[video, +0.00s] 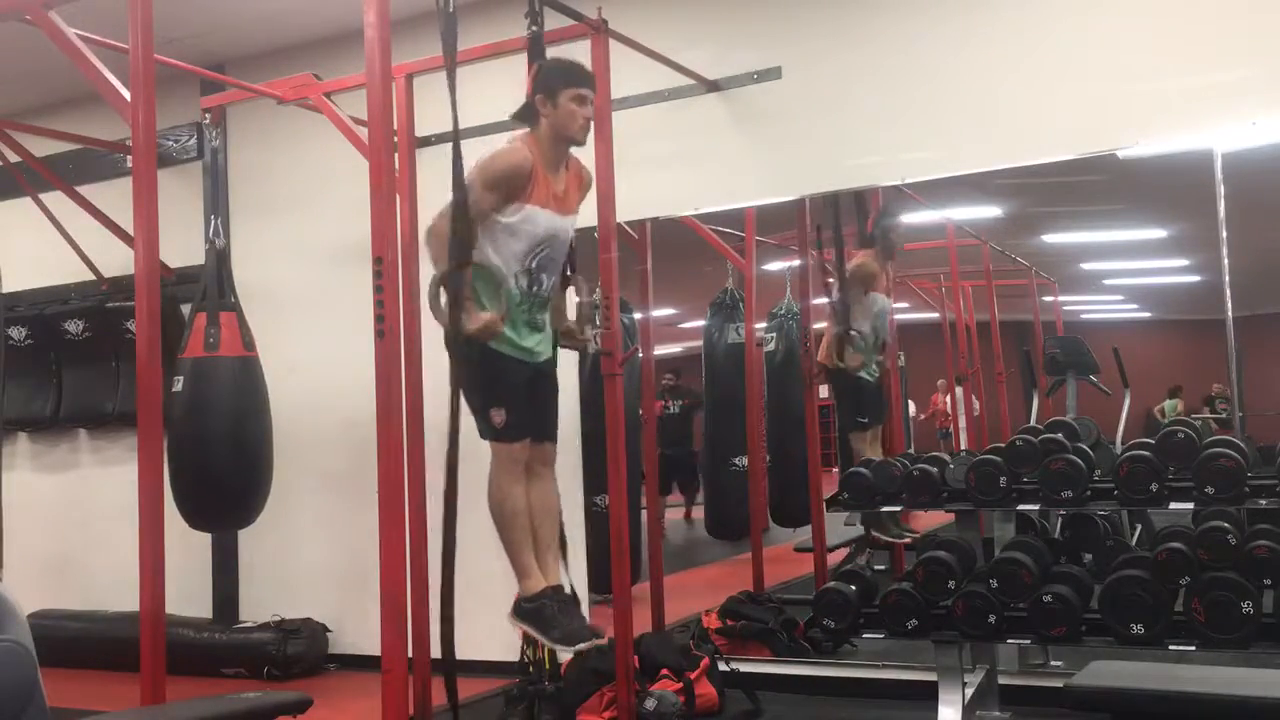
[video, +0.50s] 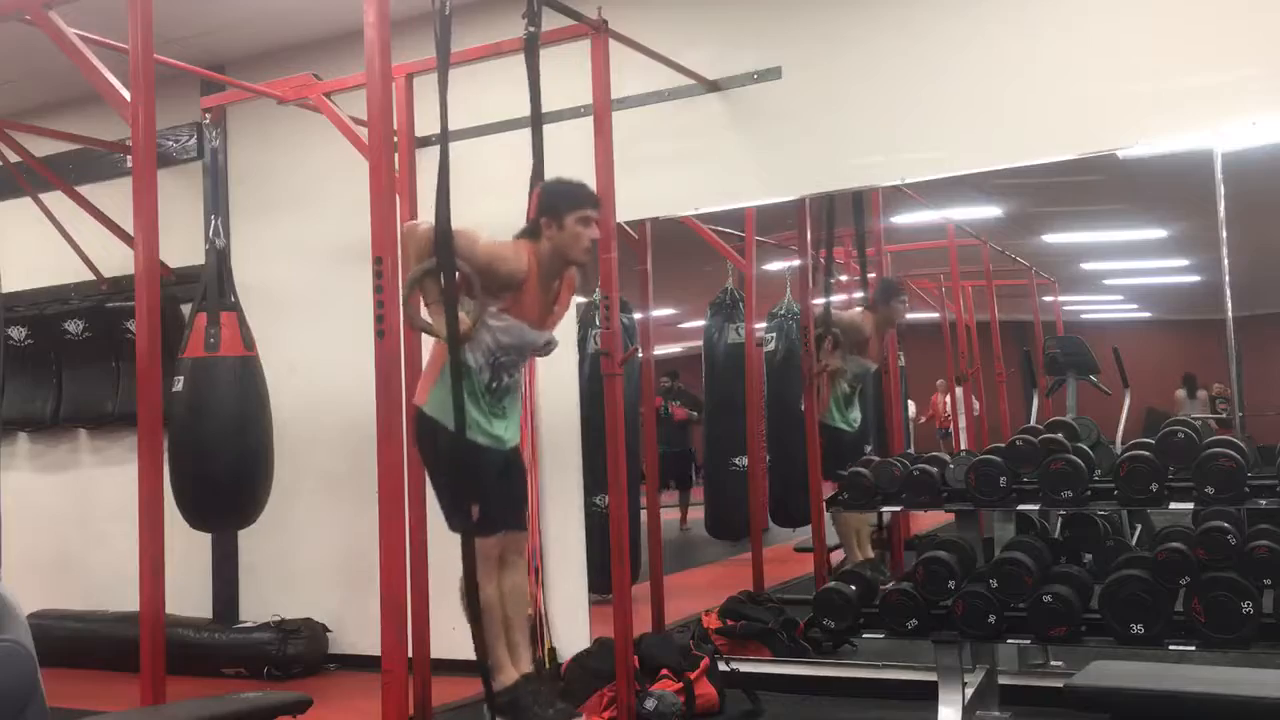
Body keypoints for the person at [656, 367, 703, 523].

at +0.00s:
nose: (666, 382)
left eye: (670, 379)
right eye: (664, 379)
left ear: (678, 381)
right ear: (661, 380)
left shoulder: (688, 395)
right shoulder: (658, 397)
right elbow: (649, 420)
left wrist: (697, 447)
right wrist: (654, 448)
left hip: (685, 449)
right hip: (664, 450)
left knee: (691, 487)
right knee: (661, 490)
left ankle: (688, 513)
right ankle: (659, 523)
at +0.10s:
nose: (664, 384)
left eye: (668, 381)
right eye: (663, 381)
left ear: (676, 382)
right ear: (661, 383)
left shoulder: (686, 399)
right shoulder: (659, 401)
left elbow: (701, 400)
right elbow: (655, 409)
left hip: (684, 452)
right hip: (664, 452)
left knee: (687, 489)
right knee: (660, 490)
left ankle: (686, 519)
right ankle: (658, 522)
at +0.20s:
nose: (665, 387)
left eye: (668, 384)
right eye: (663, 384)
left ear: (676, 385)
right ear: (661, 386)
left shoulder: (685, 402)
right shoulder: (659, 404)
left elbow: (699, 403)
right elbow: (656, 409)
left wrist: (677, 408)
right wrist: (667, 408)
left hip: (683, 452)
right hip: (663, 453)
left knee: (684, 489)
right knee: (658, 491)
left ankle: (683, 520)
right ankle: (655, 522)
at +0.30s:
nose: (664, 387)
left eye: (668, 384)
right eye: (663, 384)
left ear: (678, 384)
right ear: (662, 385)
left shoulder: (688, 399)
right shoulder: (659, 400)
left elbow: (703, 413)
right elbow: (646, 421)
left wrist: (687, 408)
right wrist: (654, 409)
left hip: (684, 452)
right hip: (662, 452)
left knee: (684, 489)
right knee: (656, 491)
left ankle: (683, 520)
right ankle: (653, 523)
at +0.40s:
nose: (663, 386)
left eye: (667, 383)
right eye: (662, 383)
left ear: (677, 384)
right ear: (660, 384)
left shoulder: (687, 398)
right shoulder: (658, 400)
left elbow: (703, 415)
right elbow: (647, 421)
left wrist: (689, 413)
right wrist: (655, 410)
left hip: (683, 450)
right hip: (662, 450)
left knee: (684, 488)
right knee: (656, 489)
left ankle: (684, 520)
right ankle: (653, 522)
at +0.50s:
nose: (662, 386)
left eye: (665, 383)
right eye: (661, 383)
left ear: (675, 383)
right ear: (659, 384)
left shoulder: (685, 397)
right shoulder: (657, 399)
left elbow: (701, 413)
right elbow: (645, 416)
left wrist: (688, 414)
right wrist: (654, 410)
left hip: (682, 449)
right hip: (661, 449)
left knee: (684, 487)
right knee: (655, 488)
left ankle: (683, 520)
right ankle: (653, 523)